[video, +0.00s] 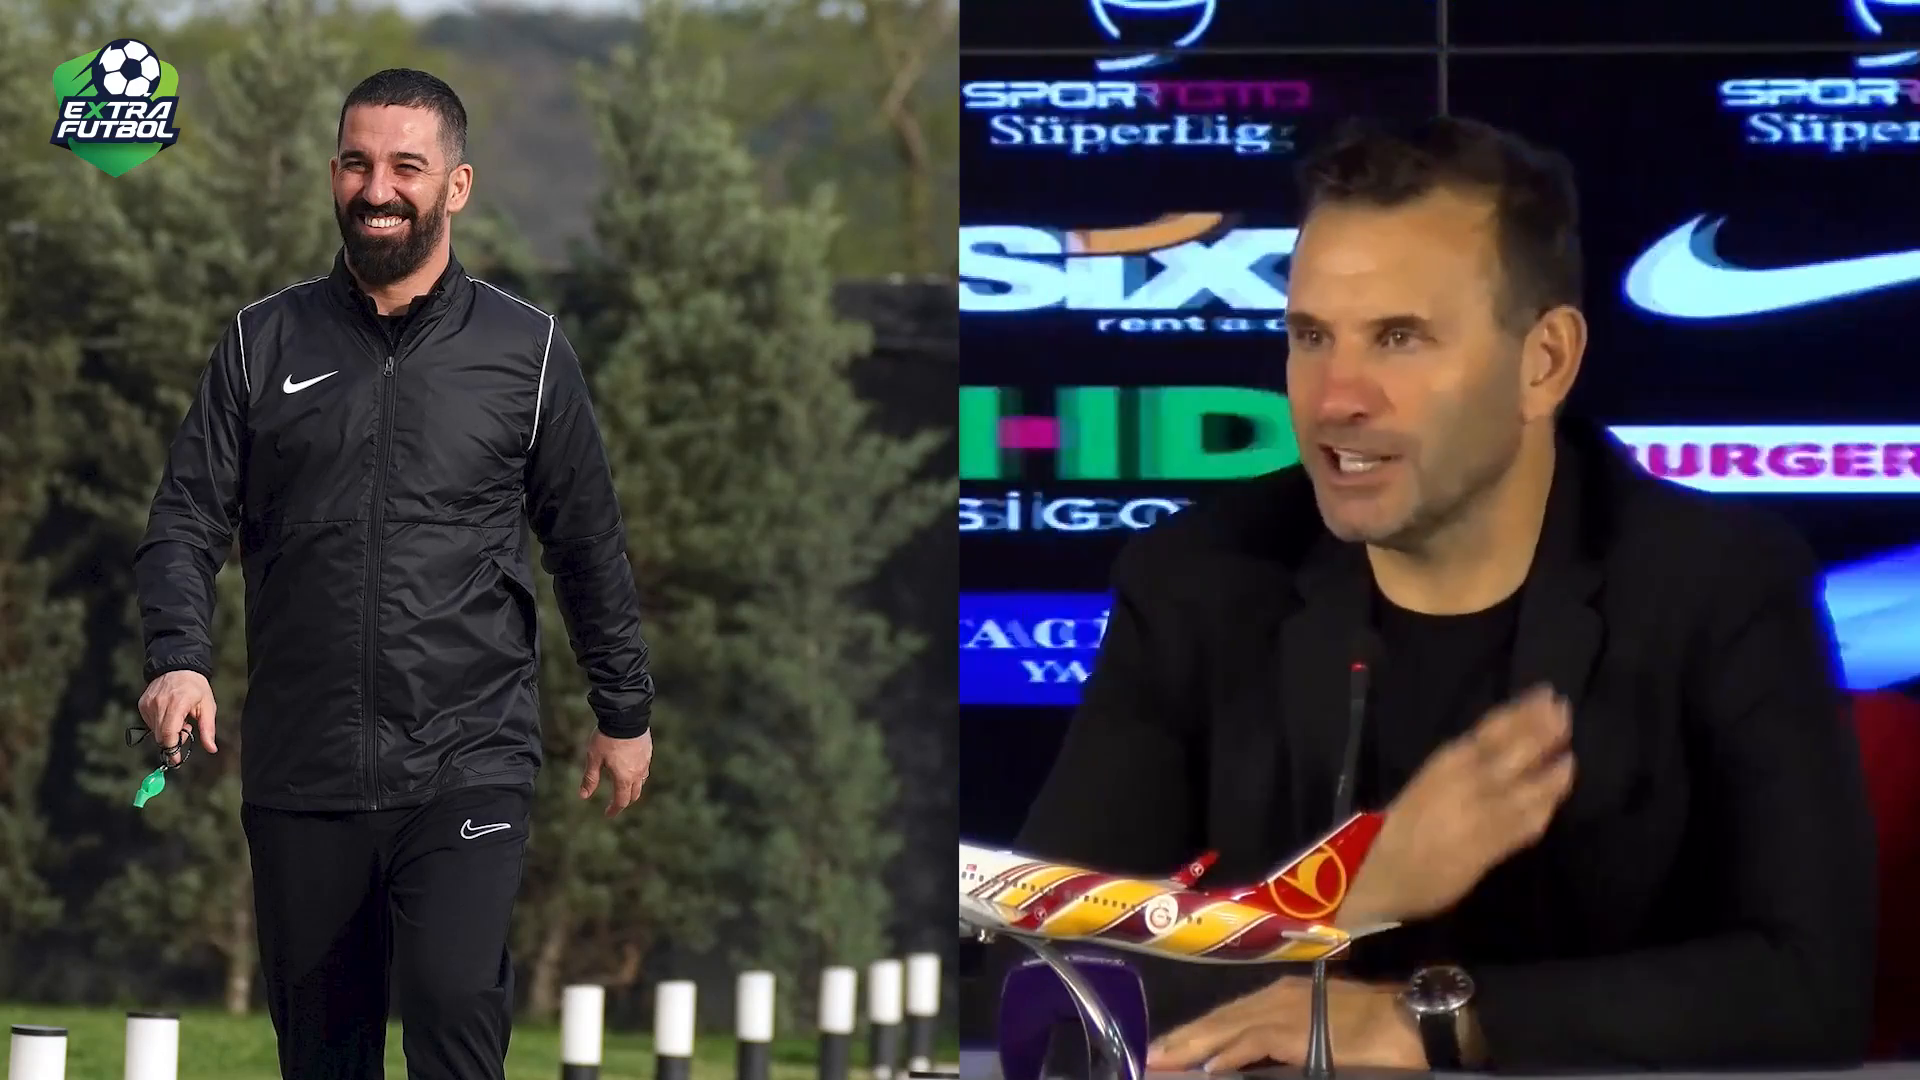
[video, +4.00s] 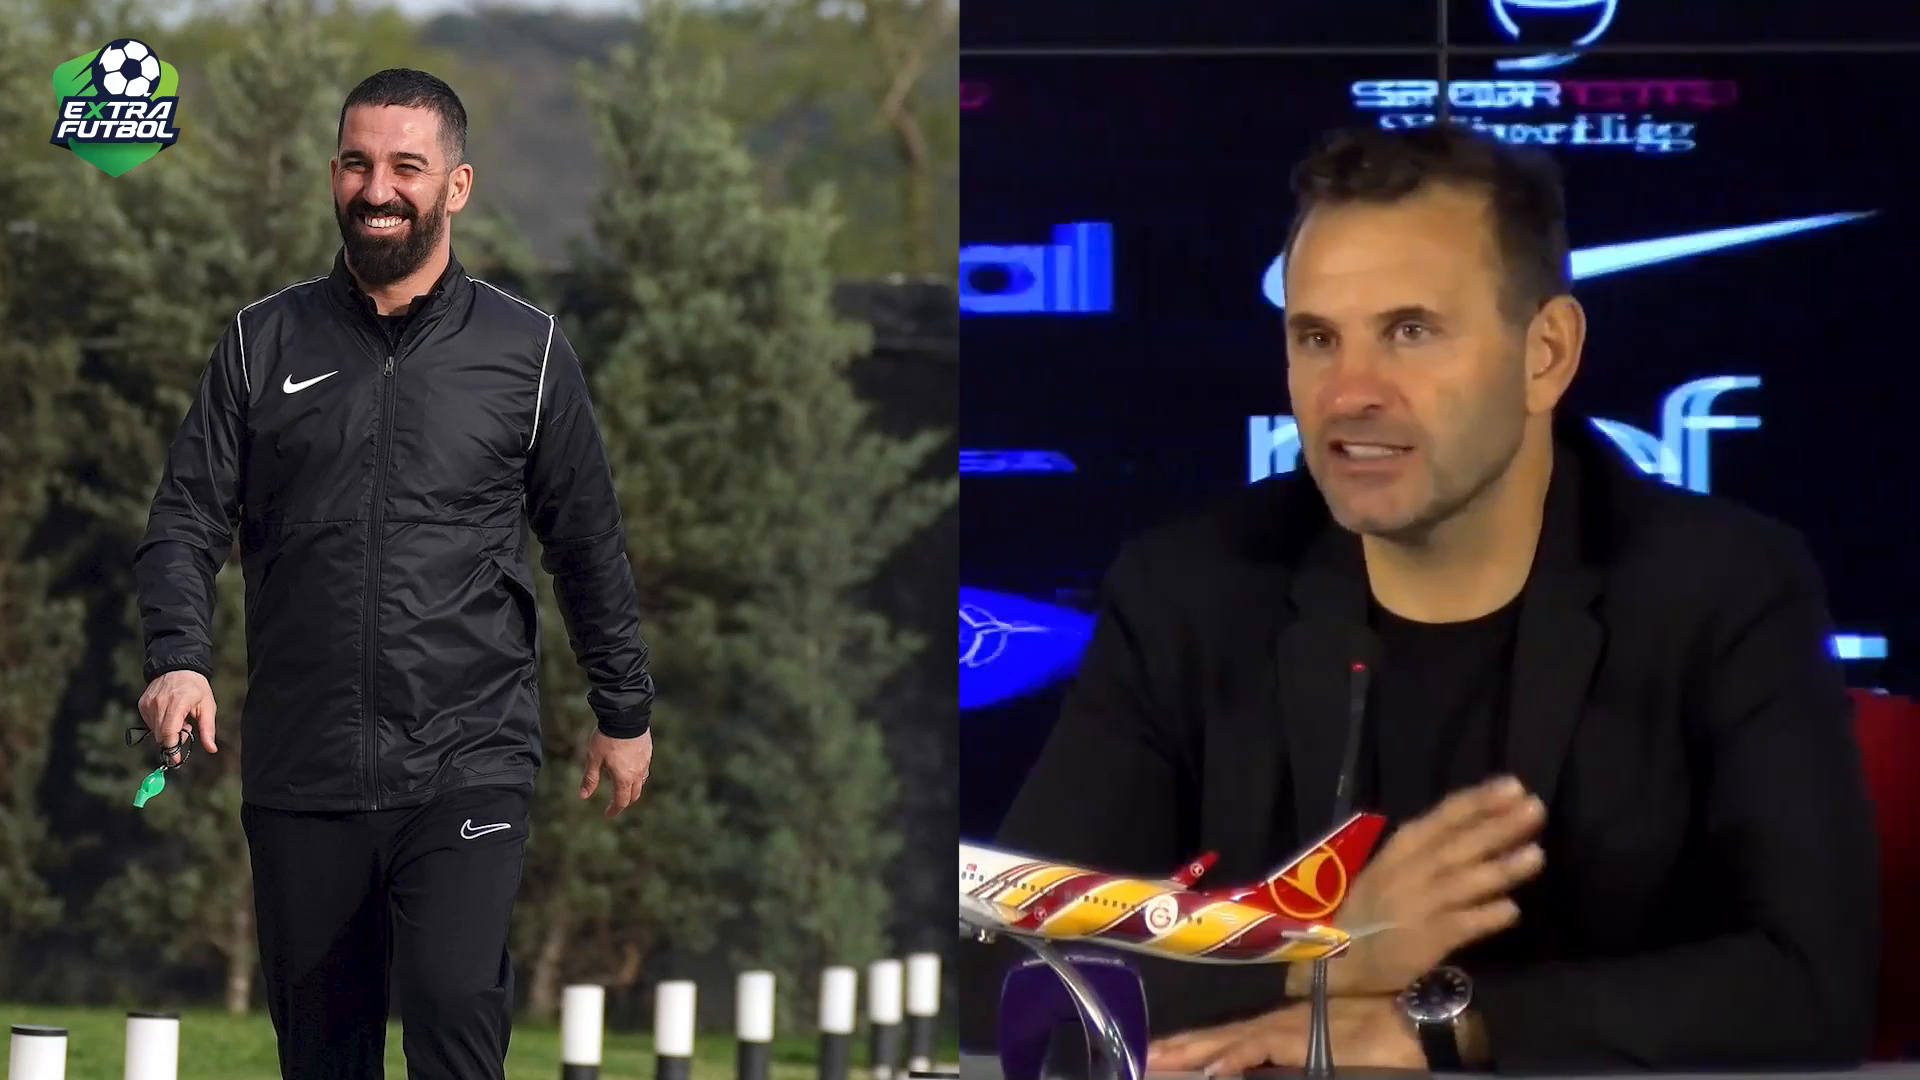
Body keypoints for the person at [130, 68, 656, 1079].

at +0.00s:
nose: (376, 187)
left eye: (405, 164)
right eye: (356, 162)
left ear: (458, 185)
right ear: (334, 176)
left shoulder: (529, 349)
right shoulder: (260, 343)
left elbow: (589, 540)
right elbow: (187, 513)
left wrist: (623, 708)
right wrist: (178, 658)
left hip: (472, 753)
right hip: (302, 755)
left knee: (455, 1018)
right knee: (320, 1042)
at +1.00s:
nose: (376, 187)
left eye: (405, 164)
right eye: (356, 162)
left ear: (458, 185)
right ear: (334, 176)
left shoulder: (529, 350)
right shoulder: (259, 343)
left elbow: (589, 541)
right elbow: (187, 513)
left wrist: (623, 708)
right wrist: (178, 658)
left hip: (472, 751)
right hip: (302, 753)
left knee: (455, 1017)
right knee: (319, 1039)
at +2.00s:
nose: (376, 187)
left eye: (405, 164)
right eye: (356, 162)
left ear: (458, 185)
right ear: (334, 176)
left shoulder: (529, 349)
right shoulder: (259, 343)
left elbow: (588, 540)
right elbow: (187, 513)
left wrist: (623, 709)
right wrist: (178, 658)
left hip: (472, 752)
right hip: (302, 755)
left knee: (455, 1018)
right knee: (320, 1042)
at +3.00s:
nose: (376, 187)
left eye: (405, 164)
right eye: (356, 162)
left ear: (458, 185)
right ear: (334, 176)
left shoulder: (529, 349)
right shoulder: (259, 343)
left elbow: (588, 541)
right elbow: (187, 513)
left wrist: (623, 709)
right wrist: (178, 658)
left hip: (472, 752)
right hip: (302, 755)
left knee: (455, 1018)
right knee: (320, 1042)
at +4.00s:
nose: (375, 187)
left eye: (405, 164)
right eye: (356, 162)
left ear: (458, 185)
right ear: (334, 177)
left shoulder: (530, 350)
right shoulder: (259, 342)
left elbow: (588, 541)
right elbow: (187, 513)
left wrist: (623, 708)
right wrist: (177, 658)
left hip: (472, 752)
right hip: (301, 755)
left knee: (455, 1018)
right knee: (320, 1043)